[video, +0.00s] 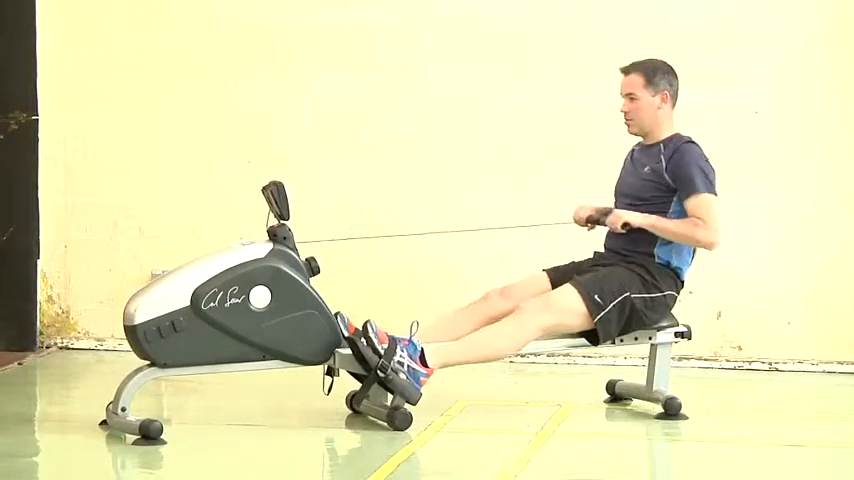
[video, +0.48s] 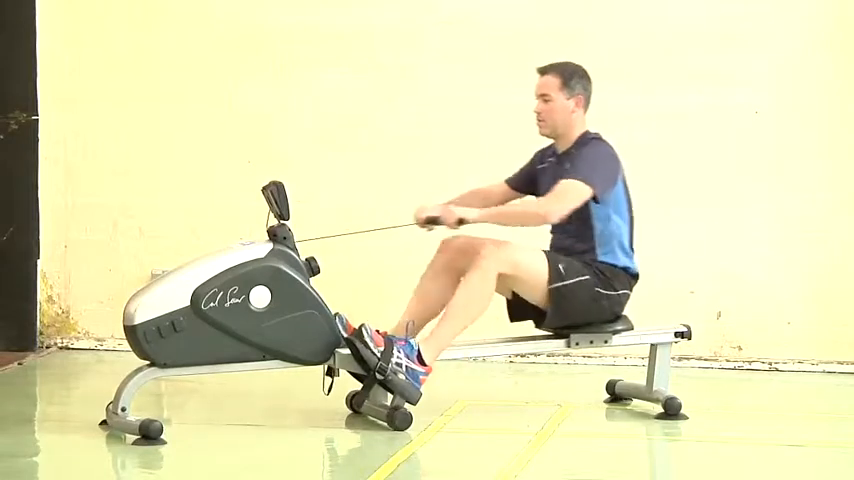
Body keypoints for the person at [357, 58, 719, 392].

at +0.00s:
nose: (623, 109)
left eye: (631, 98)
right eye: (622, 99)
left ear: (663, 100)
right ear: (650, 101)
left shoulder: (684, 153)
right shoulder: (637, 155)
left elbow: (709, 233)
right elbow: (641, 220)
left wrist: (642, 219)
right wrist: (604, 214)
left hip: (648, 276)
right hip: (612, 263)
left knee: (536, 313)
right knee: (500, 299)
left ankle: (424, 363)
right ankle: (399, 347)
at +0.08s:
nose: (615, 107)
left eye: (624, 97)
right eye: (615, 97)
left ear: (657, 99)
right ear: (642, 100)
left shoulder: (677, 154)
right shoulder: (628, 155)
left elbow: (692, 234)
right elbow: (622, 229)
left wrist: (621, 214)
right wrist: (587, 213)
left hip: (646, 278)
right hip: (608, 264)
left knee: (535, 308)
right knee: (494, 291)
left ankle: (422, 363)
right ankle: (398, 347)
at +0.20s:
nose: (598, 105)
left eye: (607, 96)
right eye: (598, 96)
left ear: (640, 99)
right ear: (626, 100)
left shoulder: (658, 154)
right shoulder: (608, 156)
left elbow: (657, 233)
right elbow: (584, 215)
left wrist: (591, 213)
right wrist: (552, 209)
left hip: (639, 279)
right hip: (601, 267)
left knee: (523, 288)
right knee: (487, 277)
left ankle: (423, 365)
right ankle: (404, 348)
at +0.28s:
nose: (584, 106)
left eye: (592, 96)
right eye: (584, 96)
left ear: (624, 100)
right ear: (614, 101)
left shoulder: (642, 154)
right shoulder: (593, 157)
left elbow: (629, 228)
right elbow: (561, 205)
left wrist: (557, 212)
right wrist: (521, 207)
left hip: (629, 280)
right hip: (593, 271)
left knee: (513, 275)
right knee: (478, 267)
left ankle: (423, 362)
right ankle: (404, 346)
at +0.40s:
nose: (557, 107)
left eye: (565, 98)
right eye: (557, 99)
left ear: (596, 102)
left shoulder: (615, 153)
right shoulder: (565, 158)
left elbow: (580, 217)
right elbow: (519, 198)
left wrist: (501, 211)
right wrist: (471, 206)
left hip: (612, 281)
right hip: (576, 274)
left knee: (499, 263)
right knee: (466, 254)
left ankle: (423, 360)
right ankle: (398, 344)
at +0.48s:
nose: (537, 108)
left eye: (546, 99)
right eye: (537, 99)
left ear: (577, 103)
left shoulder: (596, 154)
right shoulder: (547, 159)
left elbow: (548, 211)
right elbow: (492, 195)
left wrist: (472, 215)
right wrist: (446, 209)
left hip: (599, 281)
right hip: (564, 275)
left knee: (492, 255)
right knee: (455, 249)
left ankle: (423, 360)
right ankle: (397, 342)